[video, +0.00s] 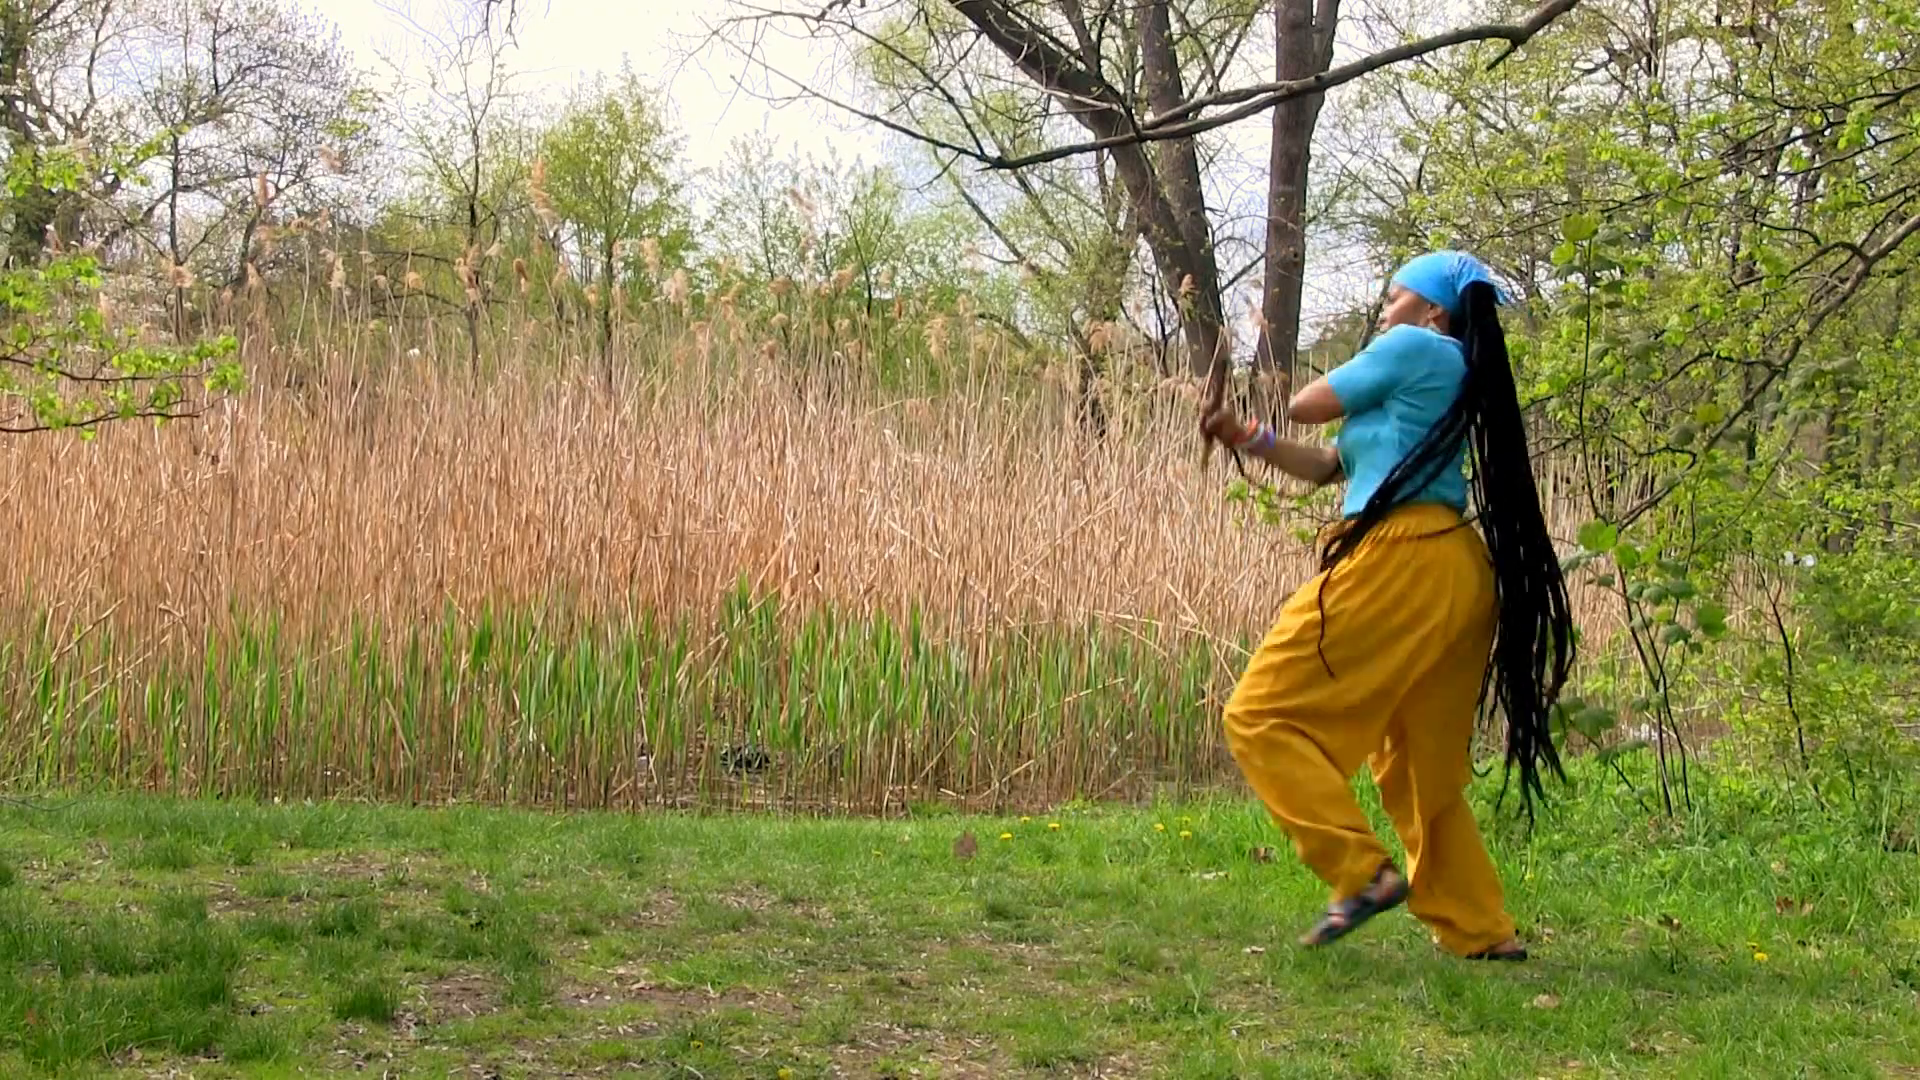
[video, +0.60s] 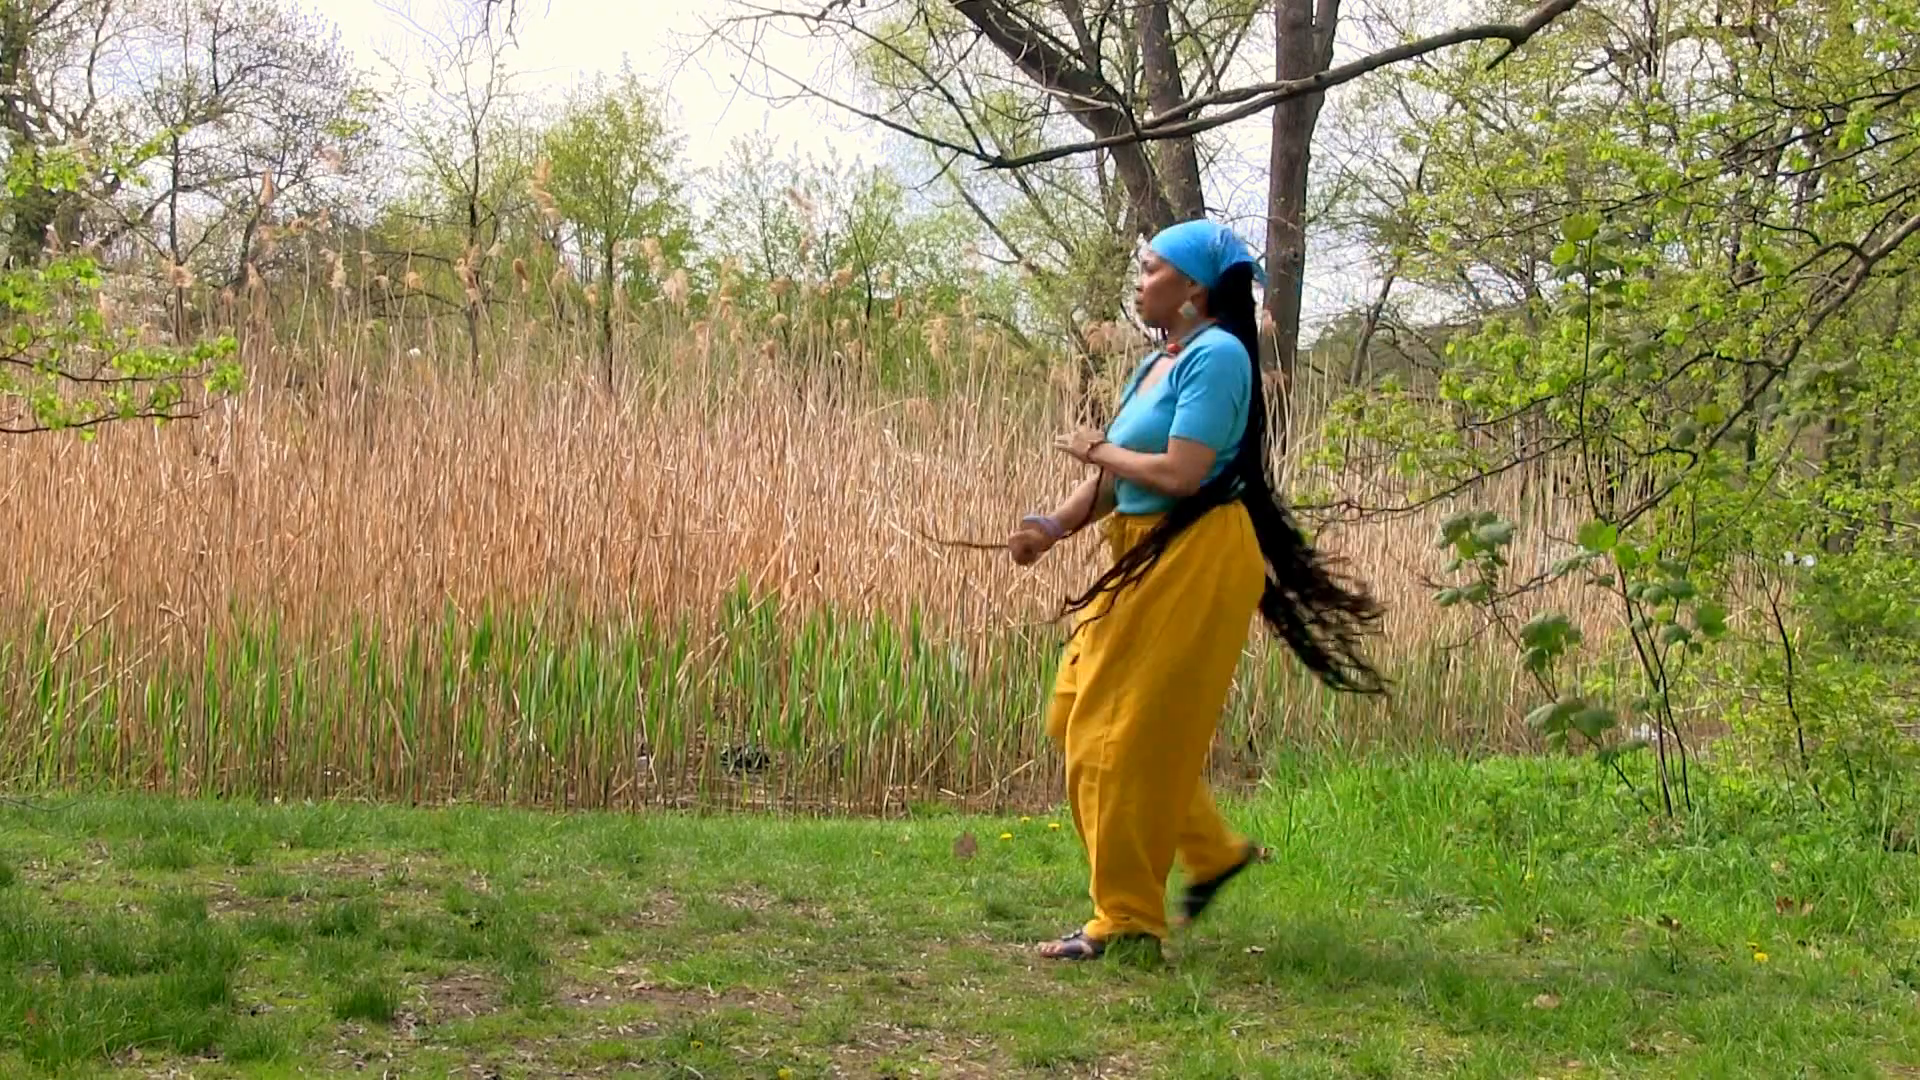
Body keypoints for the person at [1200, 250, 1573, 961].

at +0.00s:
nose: (1384, 306)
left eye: (1397, 295)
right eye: (1390, 294)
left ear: (1432, 306)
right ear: (1447, 313)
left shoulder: (1412, 345)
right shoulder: (1440, 375)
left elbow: (1304, 404)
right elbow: (1327, 464)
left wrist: (1349, 381)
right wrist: (1247, 435)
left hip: (1401, 557)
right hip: (1462, 566)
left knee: (1259, 715)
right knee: (1422, 766)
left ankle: (1360, 873)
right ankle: (1484, 934)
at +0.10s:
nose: (1356, 305)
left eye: (1368, 295)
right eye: (1361, 295)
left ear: (1401, 308)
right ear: (1418, 316)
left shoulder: (1379, 343)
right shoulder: (1433, 373)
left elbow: (1256, 367)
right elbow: (1369, 507)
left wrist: (1290, 330)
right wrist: (1265, 542)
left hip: (1394, 544)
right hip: (1462, 559)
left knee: (1241, 708)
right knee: (1427, 767)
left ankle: (1252, 899)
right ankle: (1485, 934)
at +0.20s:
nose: (1310, 308)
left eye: (1321, 298)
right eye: (1315, 296)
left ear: (1355, 310)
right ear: (1377, 315)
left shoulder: (1329, 351)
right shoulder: (1423, 375)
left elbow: (1200, 349)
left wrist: (1104, 322)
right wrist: (1220, 339)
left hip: (1367, 547)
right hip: (1443, 558)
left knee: (1240, 718)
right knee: (1429, 759)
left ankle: (1158, 907)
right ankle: (1481, 932)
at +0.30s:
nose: (1262, 314)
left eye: (1274, 304)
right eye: (1269, 302)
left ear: (1308, 319)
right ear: (1343, 322)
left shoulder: (1268, 365)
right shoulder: (1385, 385)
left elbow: (1137, 388)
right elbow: (1428, 484)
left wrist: (1028, 393)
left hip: (1317, 558)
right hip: (1403, 562)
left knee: (1196, 728)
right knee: (1422, 757)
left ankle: (1140, 914)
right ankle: (1479, 930)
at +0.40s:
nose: (1219, 303)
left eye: (1231, 294)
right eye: (1224, 292)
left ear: (1265, 313)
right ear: (1282, 316)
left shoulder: (1233, 363)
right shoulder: (1317, 380)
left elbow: (1134, 448)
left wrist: (1049, 492)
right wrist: (1209, 505)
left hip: (1260, 557)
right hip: (1336, 557)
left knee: (1142, 720)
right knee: (1377, 740)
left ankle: (1129, 917)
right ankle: (1461, 909)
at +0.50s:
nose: (1176, 295)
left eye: (1189, 284)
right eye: (1182, 280)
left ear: (1227, 300)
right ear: (1231, 301)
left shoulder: (1216, 360)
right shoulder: (1247, 361)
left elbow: (1173, 467)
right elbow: (1171, 477)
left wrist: (1084, 494)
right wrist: (1085, 503)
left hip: (1216, 557)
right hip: (1269, 552)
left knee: (1126, 728)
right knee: (1245, 743)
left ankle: (1128, 917)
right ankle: (1378, 851)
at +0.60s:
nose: (1139, 280)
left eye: (1154, 269)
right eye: (1144, 267)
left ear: (1195, 286)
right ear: (1183, 286)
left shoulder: (1218, 353)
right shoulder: (1161, 357)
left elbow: (1183, 474)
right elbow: (1118, 468)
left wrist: (1104, 453)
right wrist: (1055, 526)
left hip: (1200, 554)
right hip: (1150, 551)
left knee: (1126, 729)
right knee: (1075, 713)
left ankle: (1127, 919)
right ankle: (1213, 850)